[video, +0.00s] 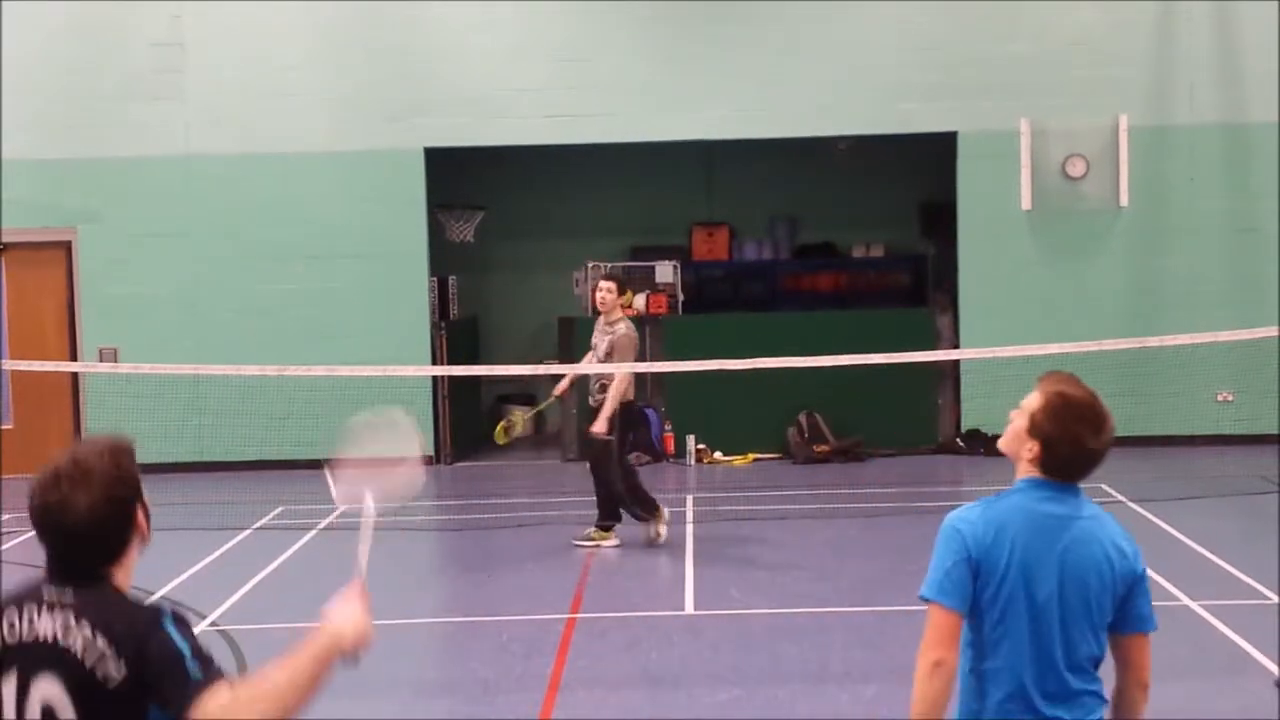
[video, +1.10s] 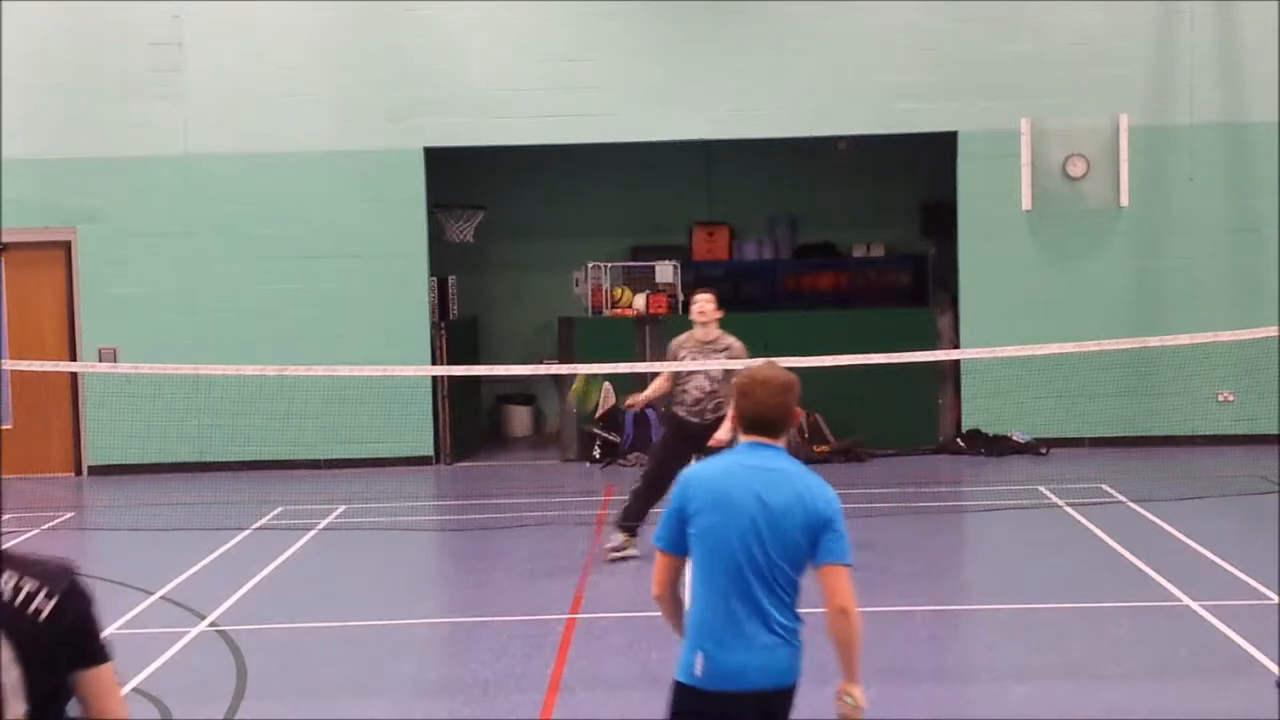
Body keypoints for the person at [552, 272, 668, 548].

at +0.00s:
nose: (601, 296)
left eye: (608, 292)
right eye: (599, 290)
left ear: (621, 298)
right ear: (595, 294)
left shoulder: (624, 333)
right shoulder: (601, 324)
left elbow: (622, 379)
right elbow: (593, 356)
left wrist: (604, 417)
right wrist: (569, 379)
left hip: (617, 405)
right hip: (600, 403)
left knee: (608, 464)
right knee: (602, 463)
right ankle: (605, 527)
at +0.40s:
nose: (614, 296)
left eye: (620, 291)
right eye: (611, 291)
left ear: (631, 297)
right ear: (606, 297)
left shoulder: (644, 331)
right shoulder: (604, 328)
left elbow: (642, 377)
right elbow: (594, 365)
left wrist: (615, 410)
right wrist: (564, 383)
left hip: (641, 409)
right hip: (609, 409)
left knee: (651, 471)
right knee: (608, 472)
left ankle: (665, 522)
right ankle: (607, 536)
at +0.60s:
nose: (616, 301)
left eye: (622, 296)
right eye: (612, 297)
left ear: (634, 303)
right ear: (606, 303)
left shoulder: (650, 335)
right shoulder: (598, 336)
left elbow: (649, 380)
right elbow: (582, 375)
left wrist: (620, 410)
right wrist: (552, 404)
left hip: (649, 415)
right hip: (613, 417)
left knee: (670, 473)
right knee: (610, 477)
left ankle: (681, 523)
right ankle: (605, 541)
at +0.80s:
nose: (634, 306)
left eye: (639, 302)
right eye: (630, 302)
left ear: (650, 307)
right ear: (623, 309)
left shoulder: (669, 341)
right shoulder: (614, 342)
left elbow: (679, 385)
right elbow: (601, 382)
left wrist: (658, 418)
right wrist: (578, 415)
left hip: (666, 420)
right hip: (628, 423)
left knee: (692, 479)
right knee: (618, 479)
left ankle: (719, 534)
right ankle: (606, 541)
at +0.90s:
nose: (651, 314)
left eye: (656, 309)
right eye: (646, 310)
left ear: (668, 315)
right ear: (638, 316)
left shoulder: (685, 349)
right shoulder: (628, 350)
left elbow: (697, 394)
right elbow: (613, 388)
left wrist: (684, 427)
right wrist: (589, 422)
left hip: (678, 430)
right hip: (640, 430)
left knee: (710, 480)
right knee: (624, 482)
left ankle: (731, 535)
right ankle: (606, 542)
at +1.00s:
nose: (676, 314)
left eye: (682, 309)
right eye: (671, 309)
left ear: (693, 316)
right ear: (663, 317)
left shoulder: (709, 352)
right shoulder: (651, 351)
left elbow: (719, 395)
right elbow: (636, 386)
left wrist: (707, 432)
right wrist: (613, 416)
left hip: (696, 433)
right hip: (657, 432)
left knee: (720, 491)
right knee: (635, 486)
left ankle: (734, 546)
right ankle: (605, 541)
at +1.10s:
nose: (700, 308)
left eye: (706, 304)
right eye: (696, 304)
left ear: (719, 312)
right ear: (690, 312)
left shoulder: (733, 348)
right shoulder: (679, 345)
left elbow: (740, 392)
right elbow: (668, 378)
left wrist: (727, 427)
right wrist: (644, 397)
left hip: (717, 428)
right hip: (681, 426)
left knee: (722, 484)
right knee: (655, 476)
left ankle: (725, 541)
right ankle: (626, 532)